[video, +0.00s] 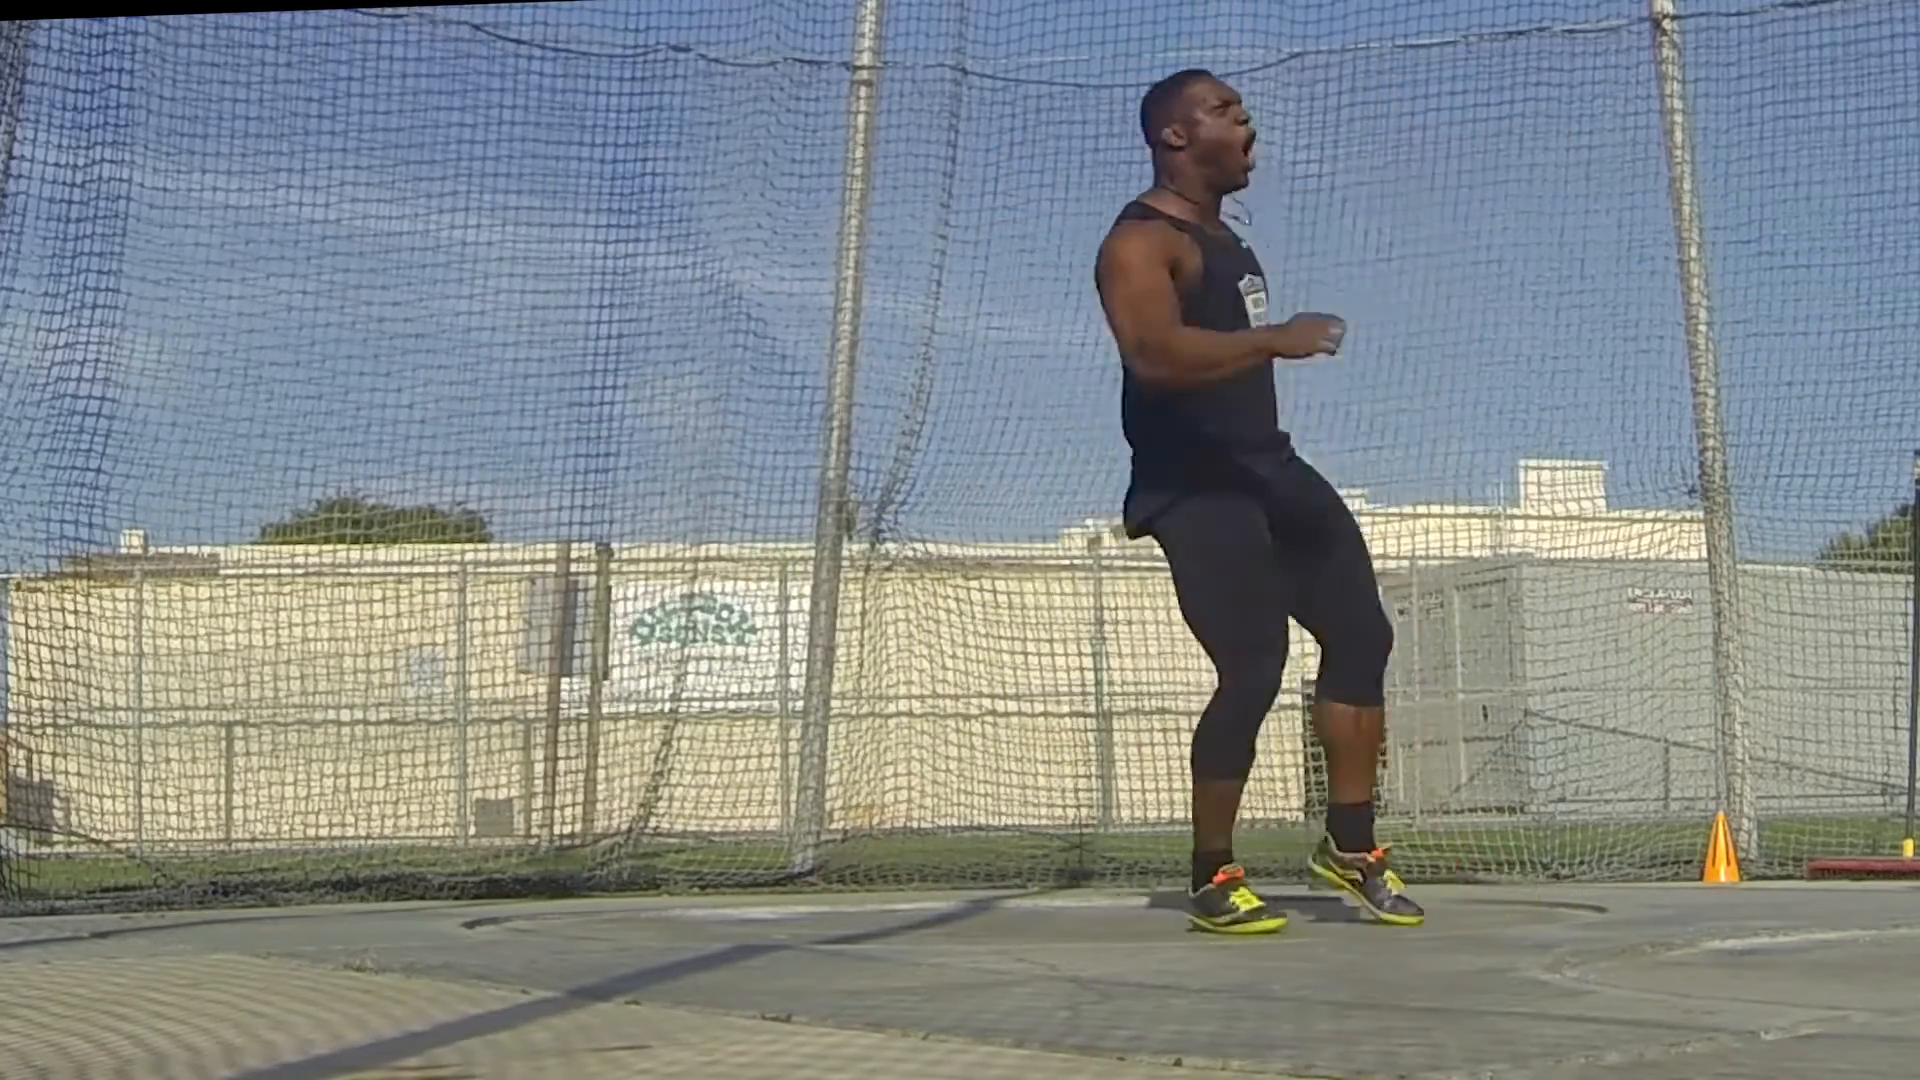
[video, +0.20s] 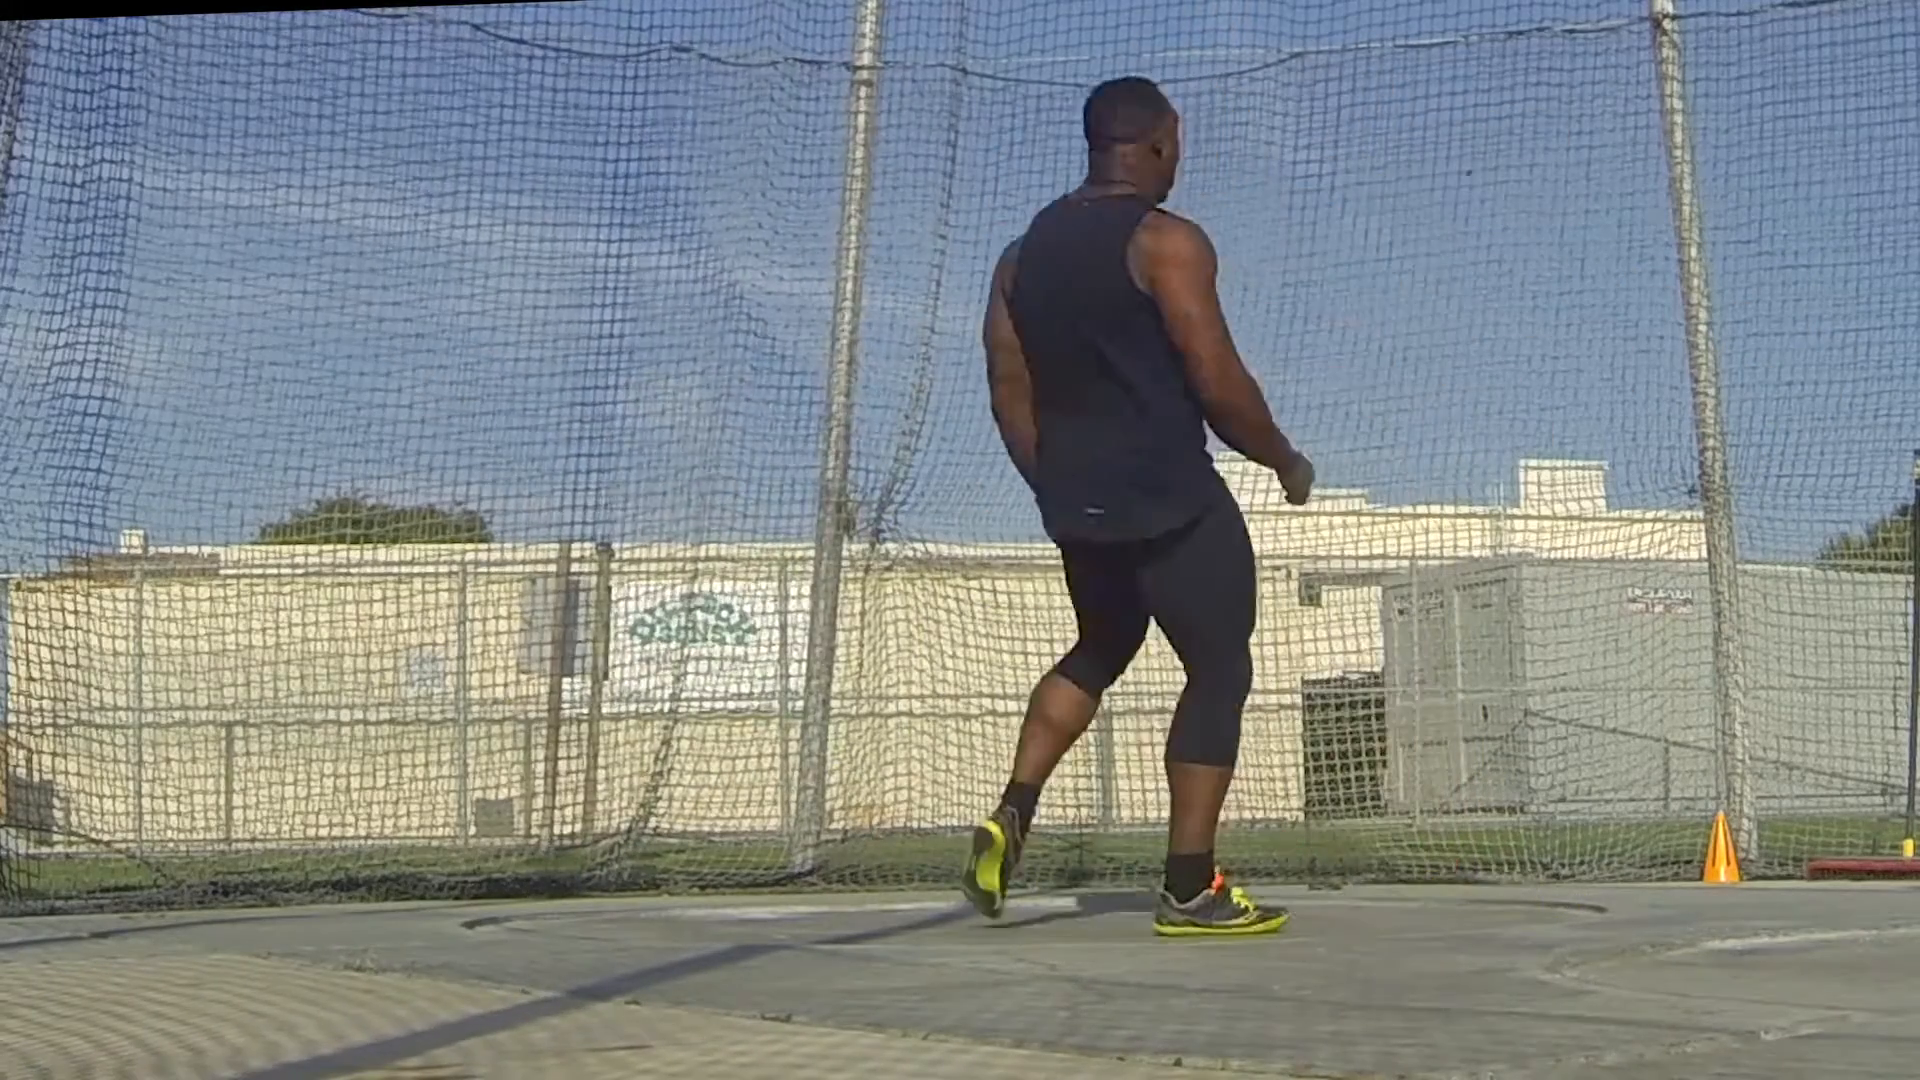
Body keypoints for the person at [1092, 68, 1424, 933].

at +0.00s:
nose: (1248, 128)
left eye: (1243, 113)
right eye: (1228, 114)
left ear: (1194, 141)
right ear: (1174, 136)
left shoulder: (1222, 238)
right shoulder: (1137, 238)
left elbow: (1208, 360)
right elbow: (1154, 355)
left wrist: (1273, 462)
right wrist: (1273, 342)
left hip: (1273, 473)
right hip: (1195, 487)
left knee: (1360, 636)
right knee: (1251, 666)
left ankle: (1351, 849)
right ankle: (1213, 875)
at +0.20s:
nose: (1180, 155)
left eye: (1174, 141)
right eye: (1176, 142)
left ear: (1094, 148)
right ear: (1159, 145)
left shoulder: (1024, 253)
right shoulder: (1169, 241)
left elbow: (1010, 386)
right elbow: (1216, 381)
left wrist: (1056, 482)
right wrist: (1284, 458)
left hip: (1074, 501)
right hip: (1173, 497)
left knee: (1105, 638)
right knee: (1220, 669)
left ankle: (1011, 815)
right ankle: (1191, 885)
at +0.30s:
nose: (1105, 170)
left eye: (1084, 157)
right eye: (1115, 158)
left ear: (1052, 161)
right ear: (1126, 164)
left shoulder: (978, 259)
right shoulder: (1161, 259)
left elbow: (949, 398)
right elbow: (1180, 413)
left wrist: (975, 492)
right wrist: (1163, 503)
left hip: (1017, 505)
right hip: (1130, 508)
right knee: (1179, 675)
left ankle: (903, 867)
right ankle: (1184, 886)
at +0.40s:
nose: (1033, 168)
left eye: (1019, 155)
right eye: (1054, 155)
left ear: (999, 162)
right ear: (1076, 165)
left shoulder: (933, 248)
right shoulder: (1123, 253)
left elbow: (891, 389)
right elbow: (1148, 400)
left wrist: (897, 497)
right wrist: (1144, 509)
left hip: (970, 507)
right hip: (1081, 508)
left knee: (937, 693)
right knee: (1125, 689)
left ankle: (897, 884)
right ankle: (1152, 887)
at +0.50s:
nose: (1001, 166)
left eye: (979, 153)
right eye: (1014, 153)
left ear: (949, 160)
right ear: (1026, 160)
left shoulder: (898, 243)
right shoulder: (1084, 244)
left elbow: (829, 374)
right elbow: (1145, 381)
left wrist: (816, 468)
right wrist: (1149, 474)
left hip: (940, 512)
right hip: (1049, 511)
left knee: (920, 698)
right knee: (1088, 687)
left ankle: (895, 891)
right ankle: (1122, 880)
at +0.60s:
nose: (972, 166)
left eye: (946, 152)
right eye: (982, 153)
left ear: (916, 156)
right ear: (992, 157)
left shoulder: (872, 237)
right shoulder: (1054, 231)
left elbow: (771, 350)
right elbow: (1160, 329)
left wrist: (752, 395)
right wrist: (1150, 383)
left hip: (919, 504)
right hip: (1029, 498)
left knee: (910, 694)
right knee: (1078, 679)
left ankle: (893, 891)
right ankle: (1119, 869)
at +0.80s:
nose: (921, 161)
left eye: (901, 150)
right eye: (939, 146)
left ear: (882, 157)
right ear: (959, 152)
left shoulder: (834, 233)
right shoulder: (1012, 214)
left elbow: (733, 321)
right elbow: (1122, 271)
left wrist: (660, 330)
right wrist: (1175, 281)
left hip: (900, 498)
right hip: (1007, 485)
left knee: (901, 691)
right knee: (1061, 665)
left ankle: (894, 892)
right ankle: (1098, 853)